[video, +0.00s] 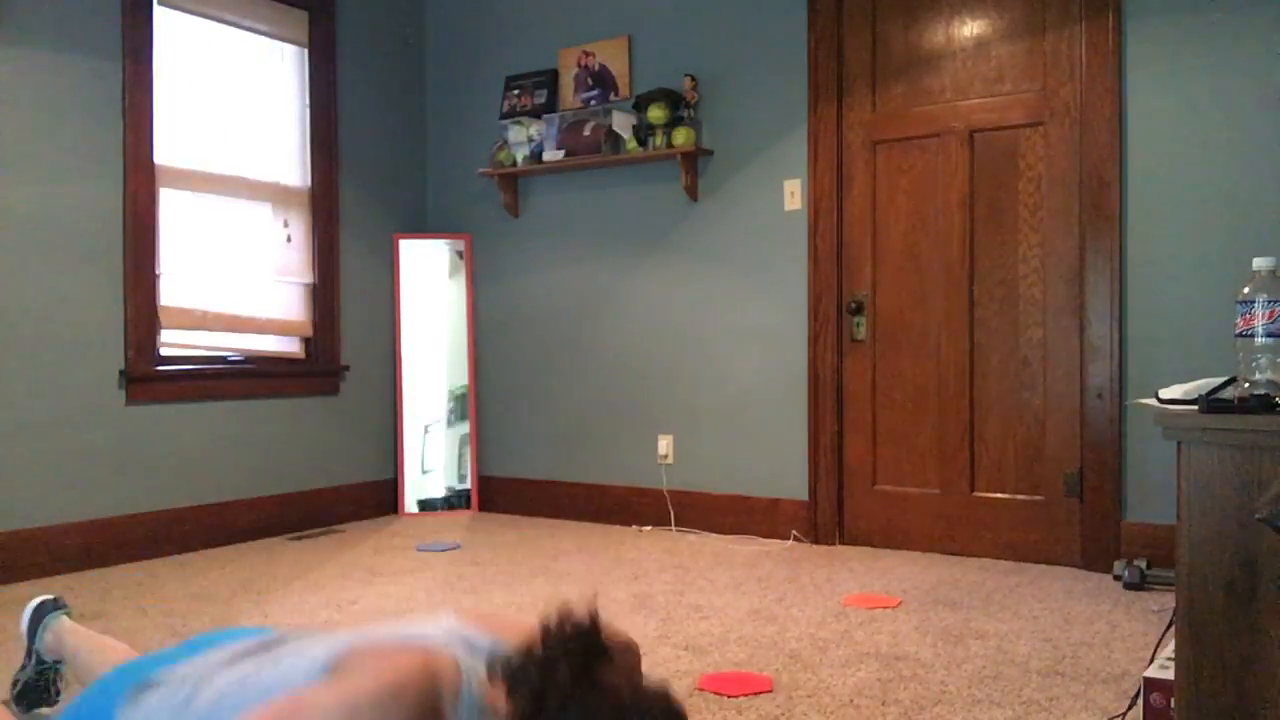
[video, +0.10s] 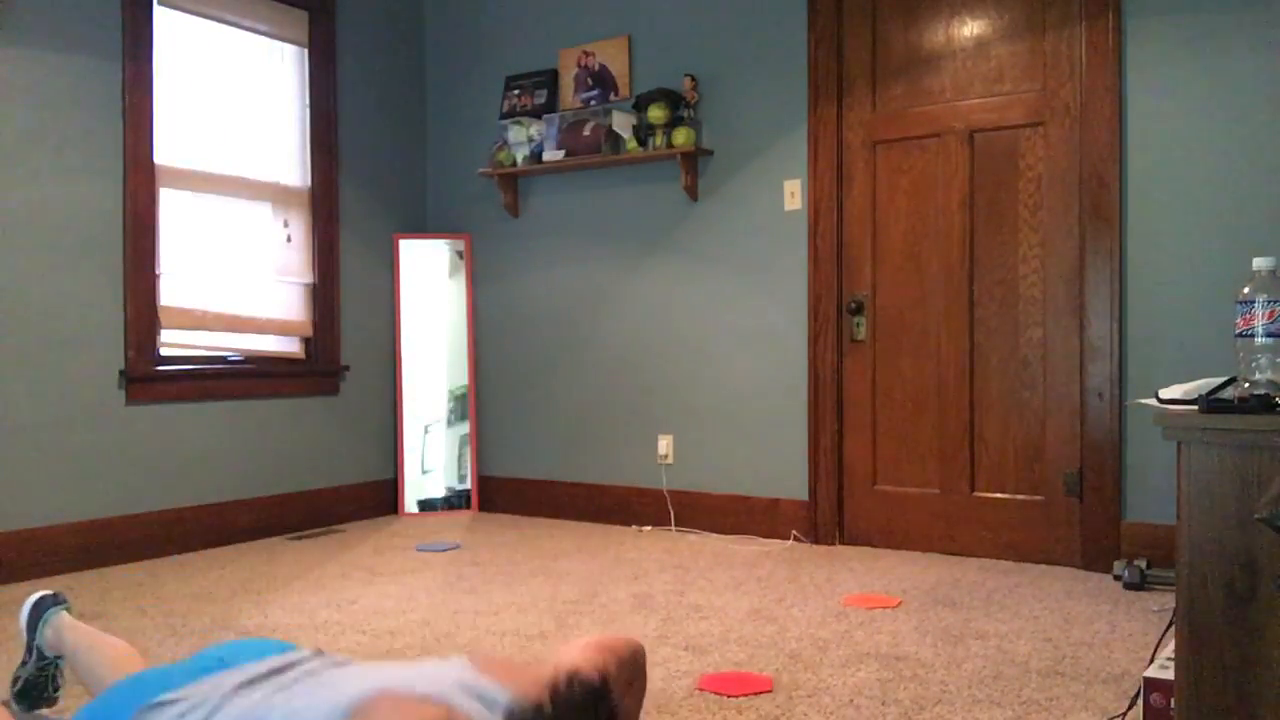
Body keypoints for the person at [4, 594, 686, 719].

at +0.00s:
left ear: (577, 663)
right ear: (547, 718)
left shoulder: (518, 657)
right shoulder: (412, 681)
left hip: (272, 651)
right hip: (209, 693)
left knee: (155, 665)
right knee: (126, 683)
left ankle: (53, 633)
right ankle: (51, 634)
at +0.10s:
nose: (590, 646)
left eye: (589, 650)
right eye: (601, 651)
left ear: (567, 666)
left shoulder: (477, 689)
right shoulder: (481, 692)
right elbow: (622, 649)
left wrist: (551, 680)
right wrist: (572, 685)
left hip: (271, 675)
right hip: (268, 682)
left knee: (147, 681)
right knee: (143, 682)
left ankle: (57, 629)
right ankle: (54, 627)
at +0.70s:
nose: (520, 670)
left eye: (542, 657)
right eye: (520, 649)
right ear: (480, 585)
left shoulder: (479, 553)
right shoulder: (310, 552)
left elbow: (579, 669)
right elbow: (188, 715)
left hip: (215, 651)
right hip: (94, 677)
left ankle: (39, 622)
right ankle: (30, 631)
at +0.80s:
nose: (489, 635)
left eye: (508, 625)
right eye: (489, 615)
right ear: (454, 549)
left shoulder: (458, 513)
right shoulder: (281, 523)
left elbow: (548, 653)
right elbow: (197, 716)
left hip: (179, 667)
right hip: (64, 659)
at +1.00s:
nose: (493, 637)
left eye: (516, 625)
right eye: (491, 610)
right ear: (451, 535)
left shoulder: (477, 471)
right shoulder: (318, 487)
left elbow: (551, 656)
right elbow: (238, 712)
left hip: (200, 366)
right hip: (84, 384)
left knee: (150, 555)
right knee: (20, 593)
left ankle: (53, 619)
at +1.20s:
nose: (424, 616)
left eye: (445, 601)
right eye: (419, 595)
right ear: (371, 527)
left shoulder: (428, 459)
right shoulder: (272, 484)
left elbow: (505, 646)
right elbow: (230, 712)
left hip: (217, 243)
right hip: (76, 259)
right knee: (90, 534)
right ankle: (23, 671)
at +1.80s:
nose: (442, 94)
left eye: (451, 70)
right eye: (419, 65)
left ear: (461, 78)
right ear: (348, 58)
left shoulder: (409, 194)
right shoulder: (230, 149)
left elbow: (377, 299)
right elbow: (29, 296)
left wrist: (382, 426)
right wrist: (78, 482)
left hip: (209, 343)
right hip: (84, 323)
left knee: (277, 520)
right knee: (139, 530)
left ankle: (228, 716)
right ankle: (98, 713)